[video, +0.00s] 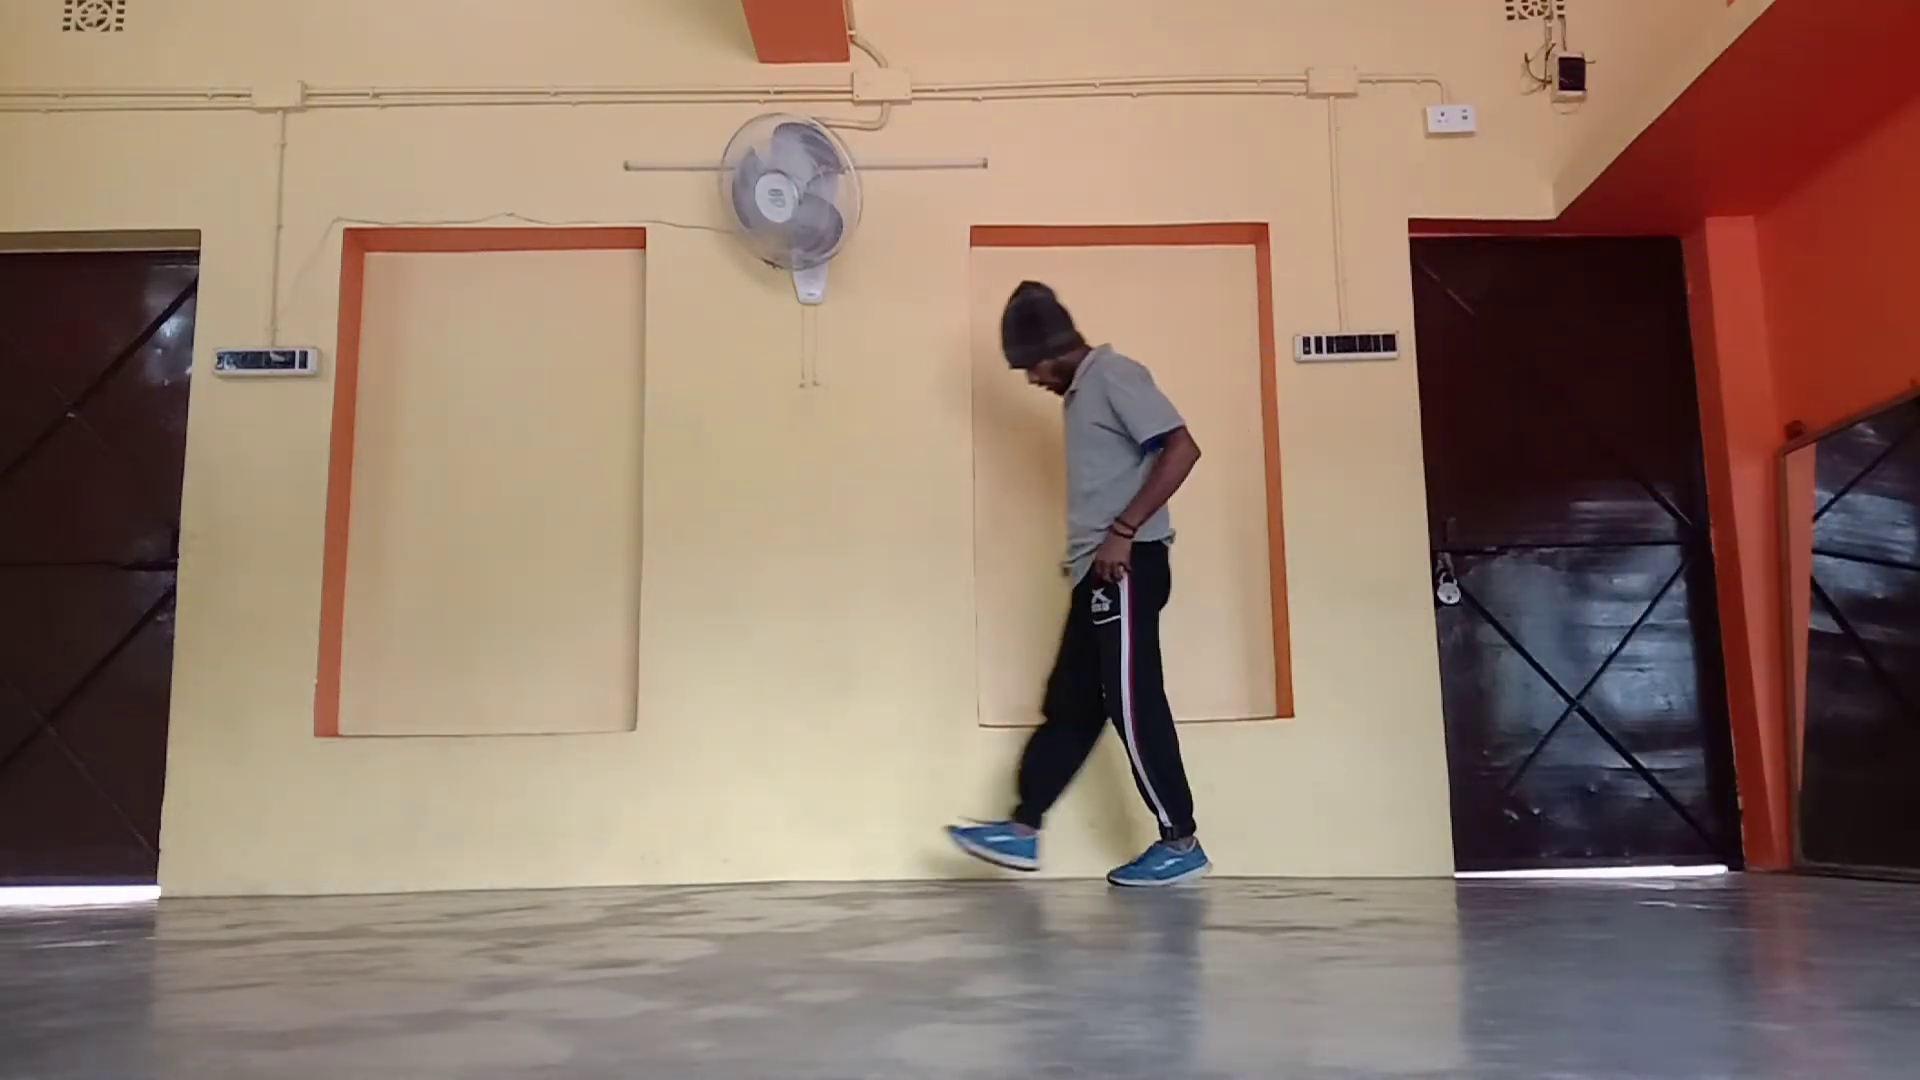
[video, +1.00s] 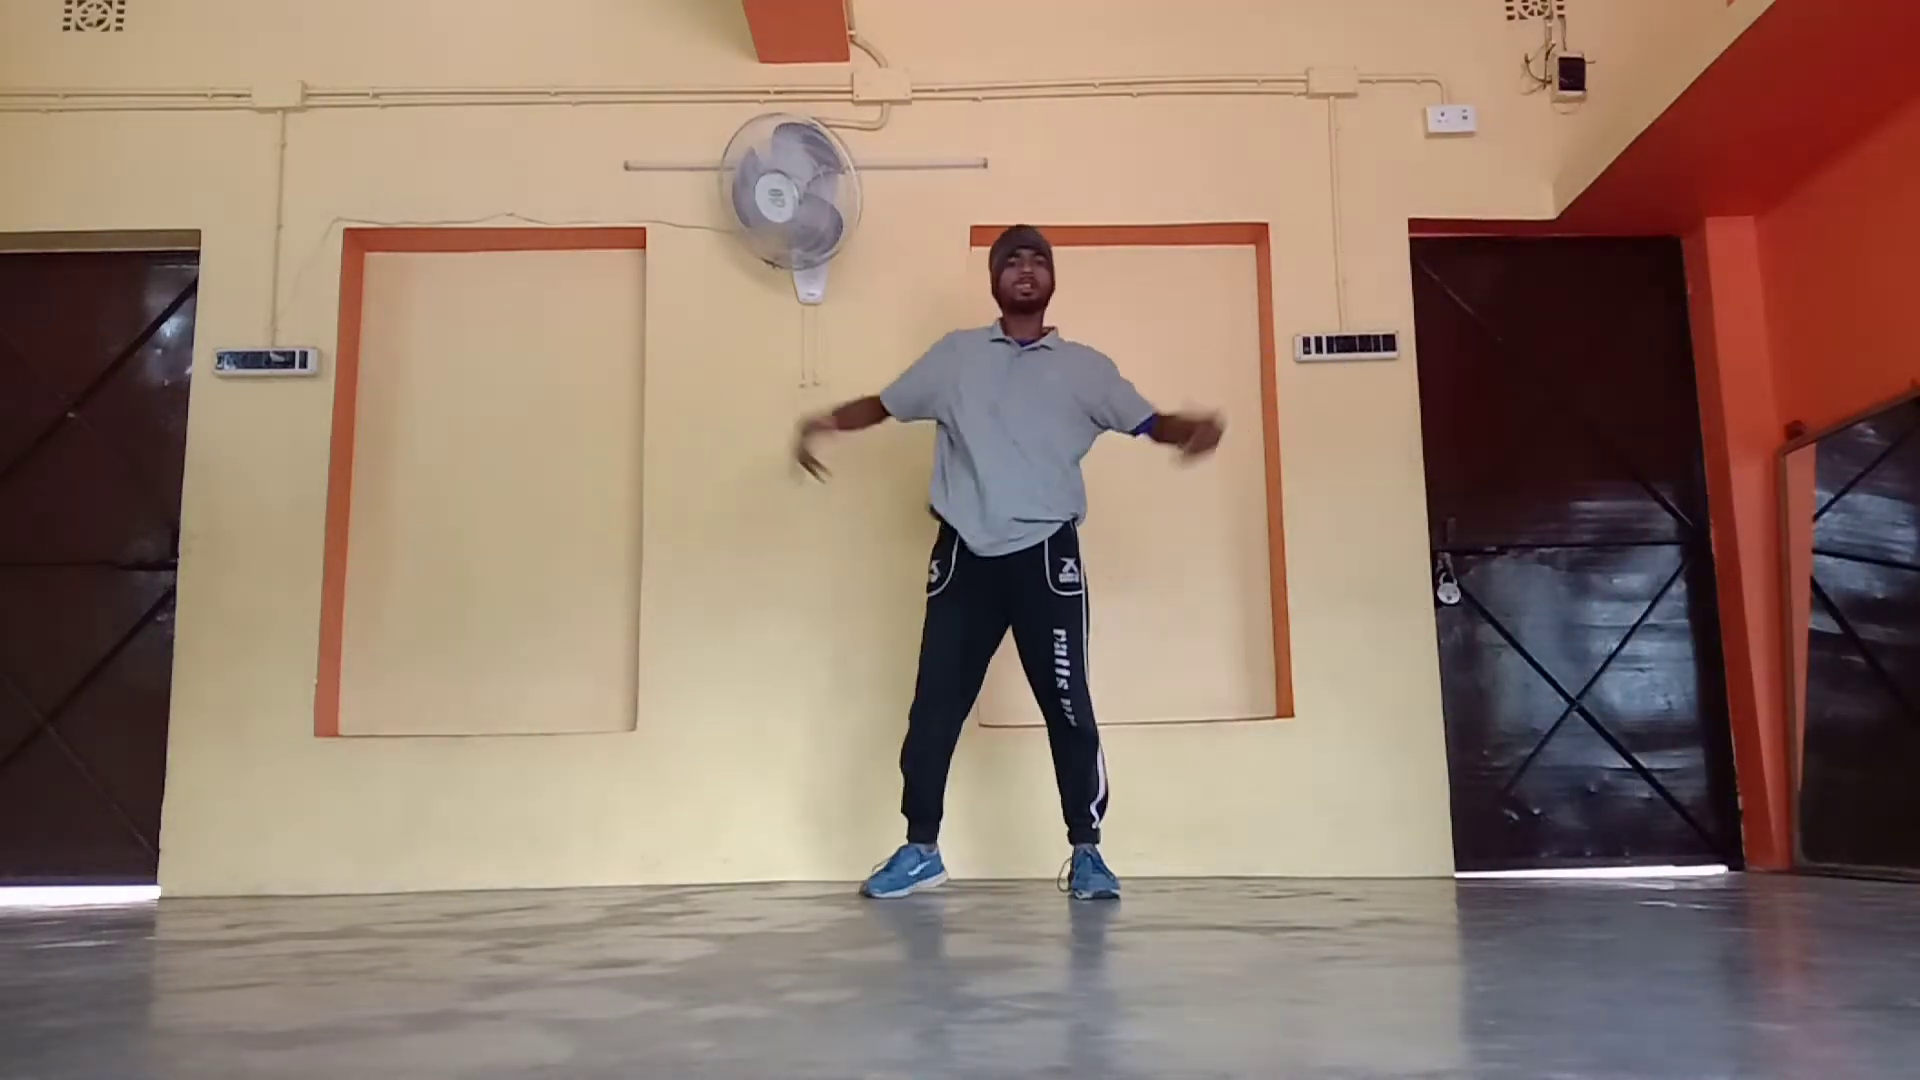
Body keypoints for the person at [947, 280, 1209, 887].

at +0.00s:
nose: (1033, 378)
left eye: (1030, 367)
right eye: (1026, 370)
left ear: (1047, 353)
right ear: (1058, 344)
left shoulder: (1113, 374)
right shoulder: (1086, 387)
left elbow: (1181, 449)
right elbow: (1122, 465)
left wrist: (1124, 529)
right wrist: (1095, 539)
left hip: (1128, 568)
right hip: (1098, 571)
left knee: (1135, 704)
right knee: (1072, 702)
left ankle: (1181, 841)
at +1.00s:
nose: (1025, 270)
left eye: (1036, 261)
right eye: (1012, 262)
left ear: (1053, 281)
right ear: (992, 281)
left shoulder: (1083, 367)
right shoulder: (955, 355)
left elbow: (1151, 422)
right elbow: (883, 405)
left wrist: (1193, 428)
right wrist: (824, 421)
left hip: (1048, 553)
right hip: (964, 552)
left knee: (1067, 703)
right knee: (936, 700)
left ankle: (1086, 851)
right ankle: (921, 847)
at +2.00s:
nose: (850, 312)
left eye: (862, 300)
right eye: (839, 307)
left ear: (889, 311)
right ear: (834, 328)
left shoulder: (934, 361)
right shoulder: (862, 412)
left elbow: (1018, 421)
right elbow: (894, 492)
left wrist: (995, 523)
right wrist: (866, 552)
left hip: (1004, 557)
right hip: (936, 575)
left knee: (1045, 701)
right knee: (894, 702)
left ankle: (1086, 847)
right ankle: (870, 844)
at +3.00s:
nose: (651, 119)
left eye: (670, 110)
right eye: (636, 106)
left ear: (694, 134)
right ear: (611, 125)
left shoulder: (730, 219)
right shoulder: (573, 243)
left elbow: (768, 332)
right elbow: (550, 372)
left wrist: (634, 328)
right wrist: (584, 393)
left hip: (684, 482)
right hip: (585, 465)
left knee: (601, 676)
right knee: (501, 609)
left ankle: (514, 857)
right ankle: (470, 795)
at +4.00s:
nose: (1529, 27)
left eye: (1527, 22)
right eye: (1526, 18)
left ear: (1421, 16)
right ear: (1507, 12)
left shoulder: (1363, 129)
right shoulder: (1476, 37)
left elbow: (1244, 246)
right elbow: (1449, 118)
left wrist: (1257, 370)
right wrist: (1477, 217)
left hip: (1365, 378)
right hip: (1479, 338)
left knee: (1430, 616)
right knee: (1631, 573)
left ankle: (1450, 862)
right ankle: (1798, 831)